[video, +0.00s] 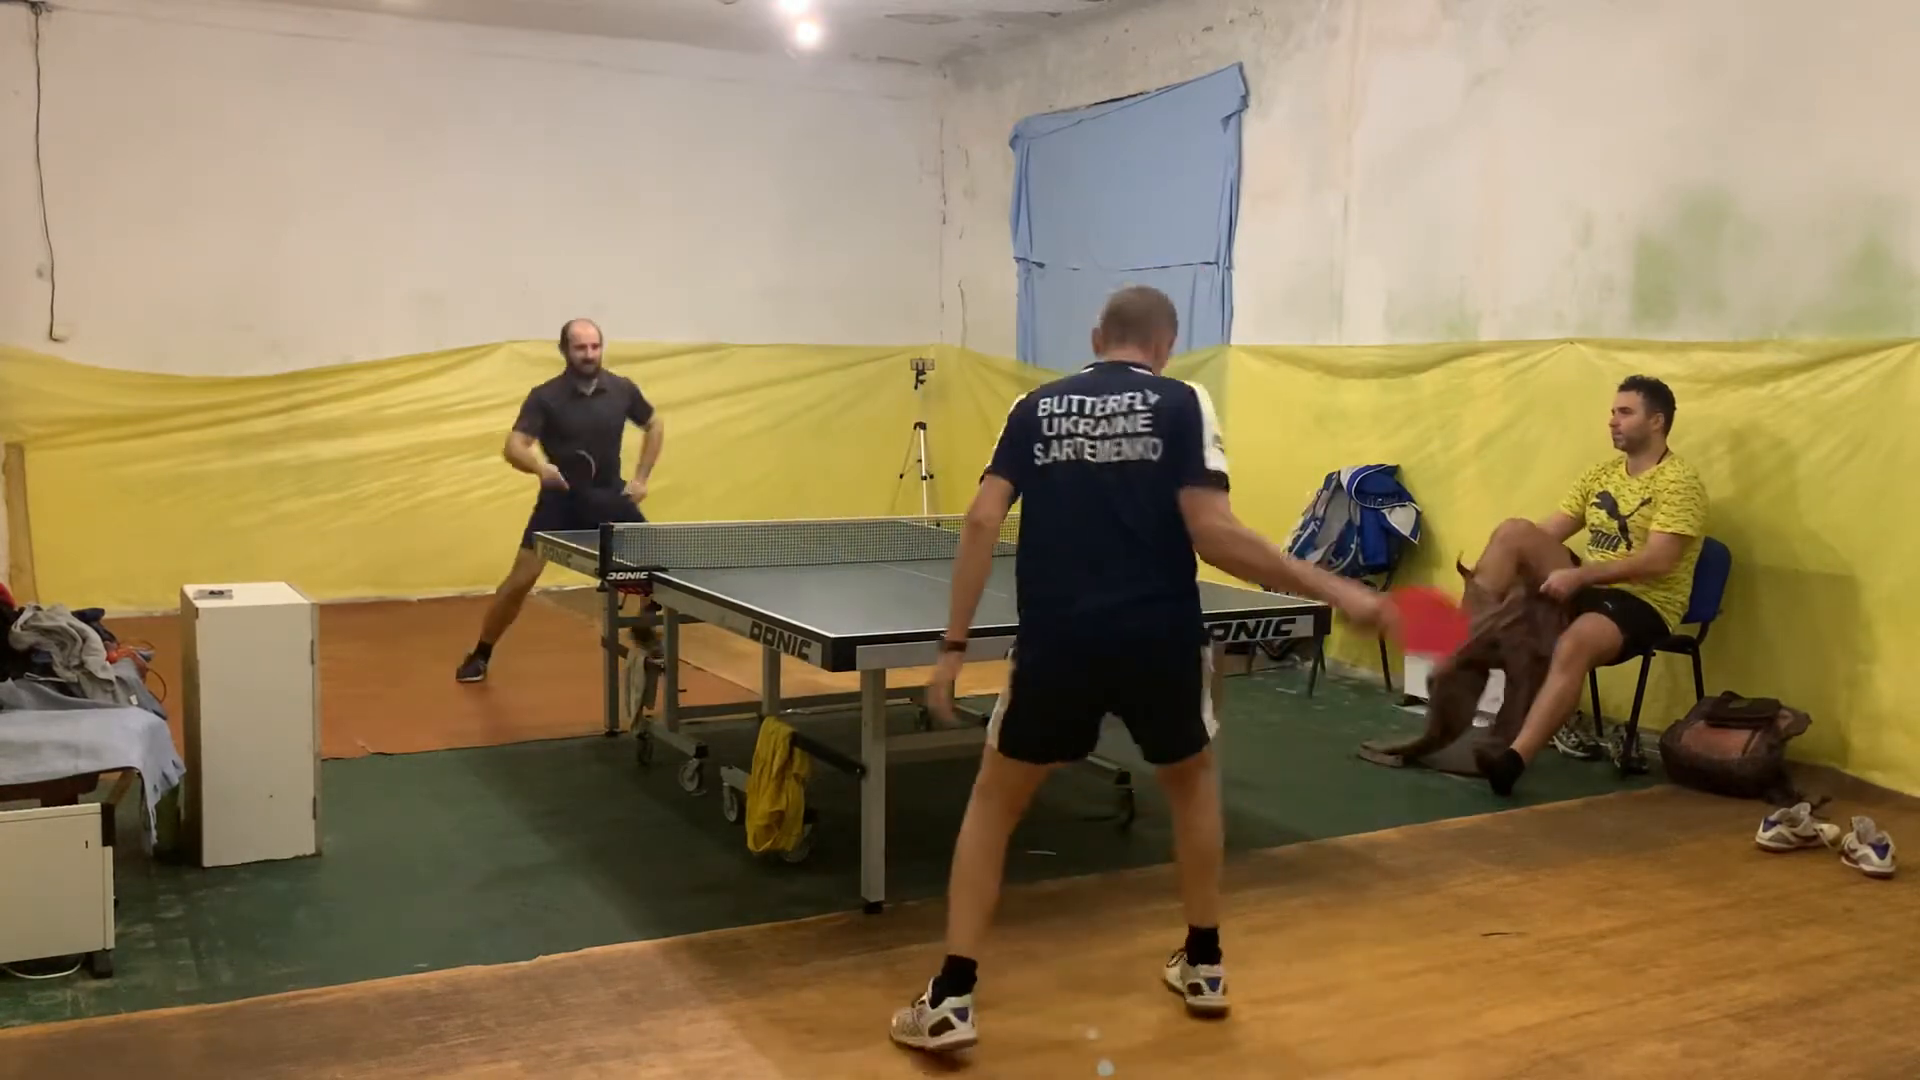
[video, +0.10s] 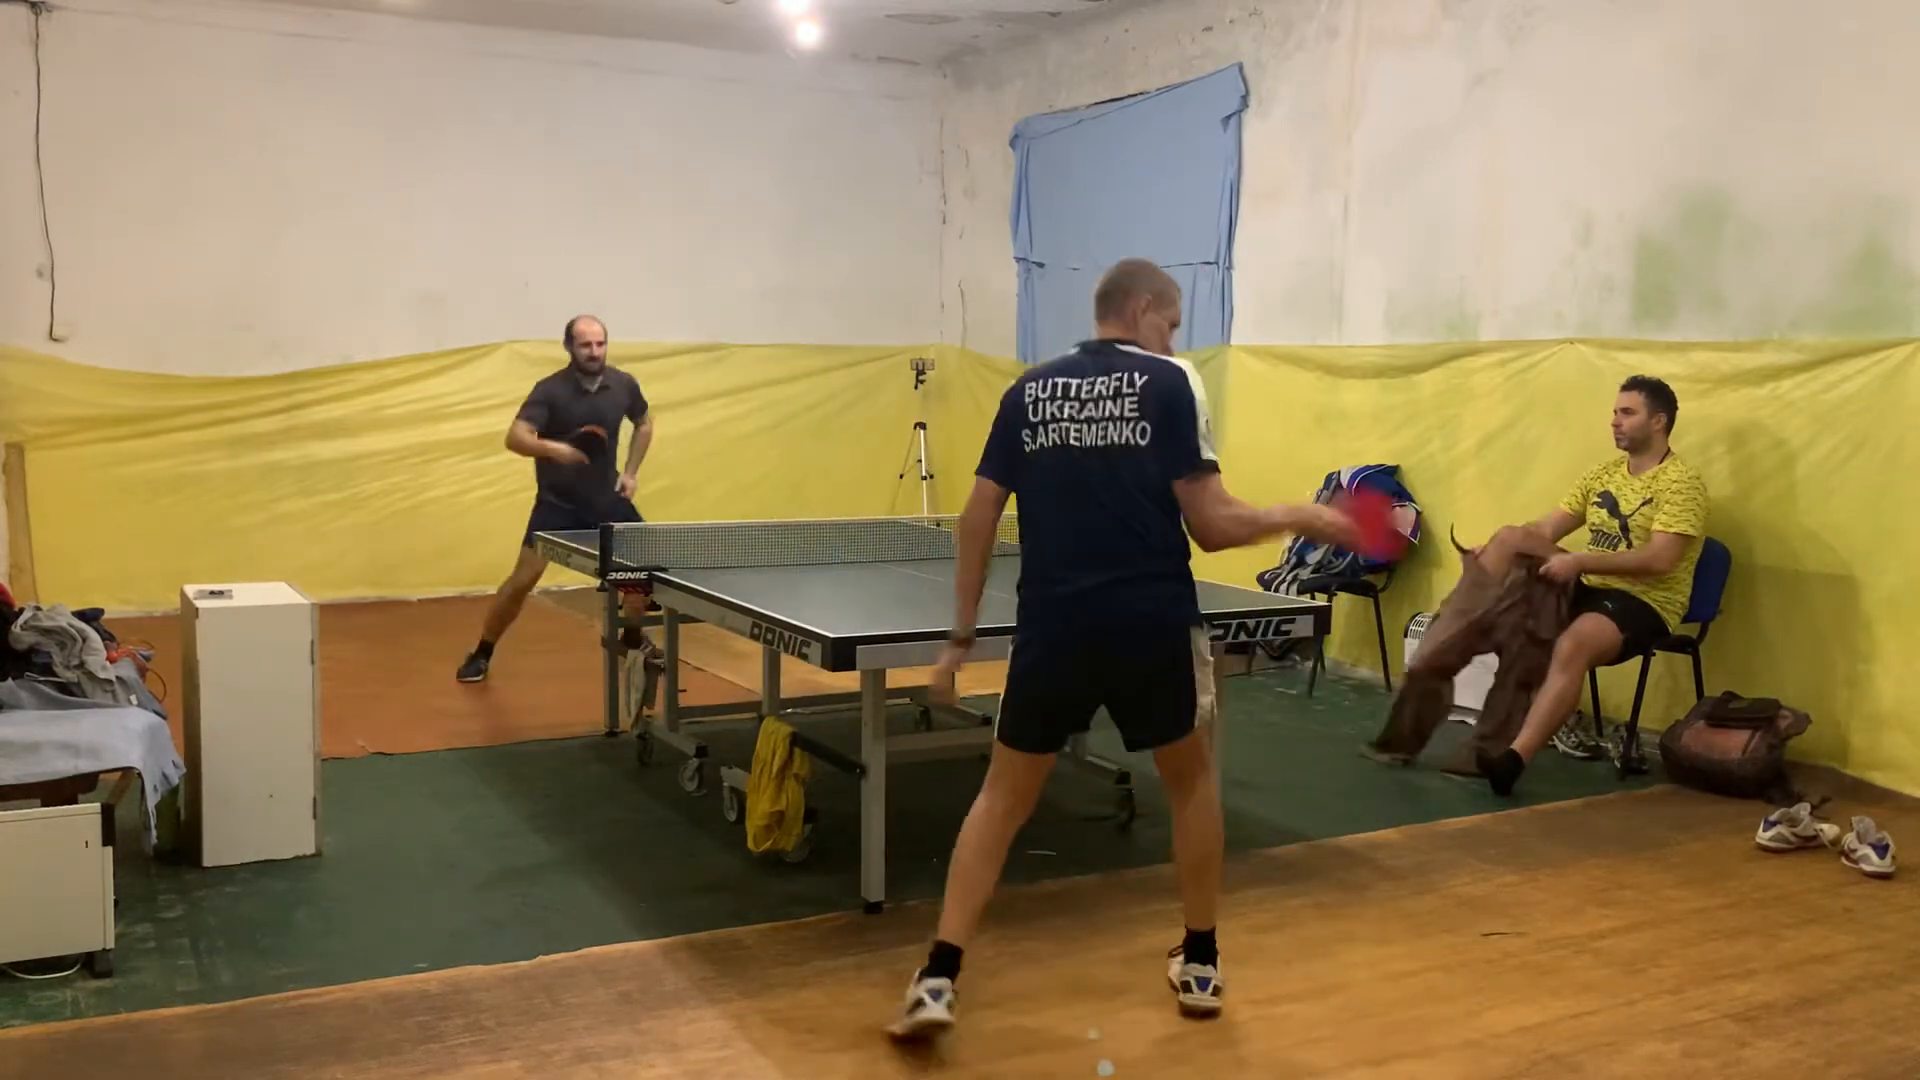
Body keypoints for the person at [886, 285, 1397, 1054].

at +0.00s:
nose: (1168, 364)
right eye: (1172, 355)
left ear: (1096, 340)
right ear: (1166, 350)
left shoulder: (1036, 407)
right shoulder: (1180, 401)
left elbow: (981, 519)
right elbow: (1211, 529)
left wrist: (954, 642)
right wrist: (1336, 591)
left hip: (1055, 650)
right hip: (1159, 647)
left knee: (994, 805)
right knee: (1191, 785)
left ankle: (951, 995)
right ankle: (1204, 960)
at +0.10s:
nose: (1172, 341)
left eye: (1173, 328)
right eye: (1171, 327)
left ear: (1099, 314)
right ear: (1148, 315)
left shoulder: (1029, 389)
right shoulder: (1165, 381)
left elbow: (978, 517)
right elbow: (1215, 525)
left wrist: (961, 634)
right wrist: (1298, 515)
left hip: (1052, 634)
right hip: (1154, 632)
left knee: (1001, 799)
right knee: (1190, 781)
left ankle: (938, 975)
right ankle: (1200, 963)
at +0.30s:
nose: (1065, 311)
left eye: (1064, 299)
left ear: (1064, 304)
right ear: (1138, 315)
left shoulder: (1024, 383)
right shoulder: (1171, 396)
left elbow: (987, 531)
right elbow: (1161, 502)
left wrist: (1056, 526)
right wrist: (1084, 512)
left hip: (1049, 638)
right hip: (1145, 636)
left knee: (977, 806)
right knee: (1163, 787)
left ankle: (928, 994)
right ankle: (1197, 964)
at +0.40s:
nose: (1043, 321)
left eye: (1040, 307)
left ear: (1043, 312)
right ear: (1116, 326)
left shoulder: (1003, 390)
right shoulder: (1149, 405)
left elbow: (959, 534)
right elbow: (1158, 538)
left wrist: (978, 610)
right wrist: (1126, 606)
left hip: (1026, 649)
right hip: (1129, 645)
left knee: (957, 827)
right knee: (1152, 792)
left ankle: (927, 1017)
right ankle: (1196, 966)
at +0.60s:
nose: (1022, 310)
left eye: (1022, 298)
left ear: (1025, 302)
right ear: (1099, 312)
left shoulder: (979, 372)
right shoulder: (1134, 390)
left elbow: (923, 503)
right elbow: (1155, 542)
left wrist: (933, 608)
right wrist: (1095, 523)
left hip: (999, 635)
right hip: (1104, 635)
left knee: (954, 812)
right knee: (1147, 790)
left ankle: (925, 1017)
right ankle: (1194, 988)